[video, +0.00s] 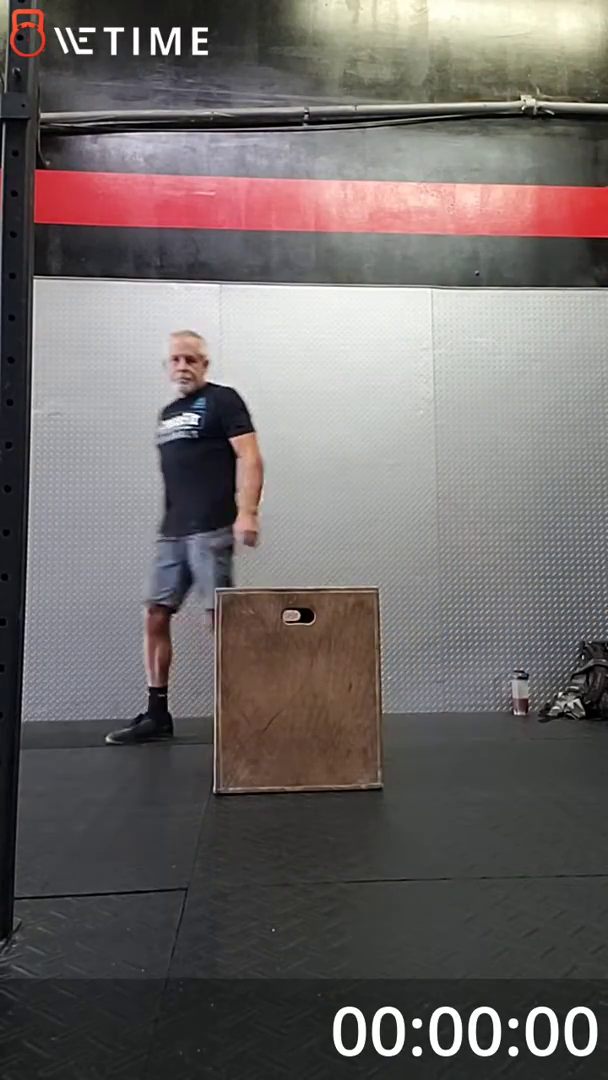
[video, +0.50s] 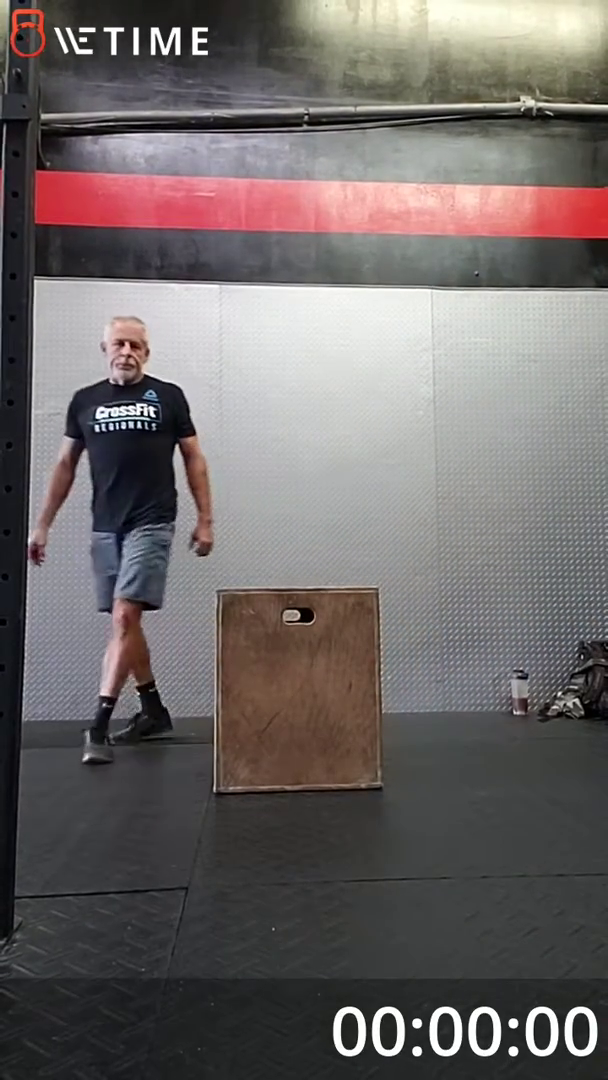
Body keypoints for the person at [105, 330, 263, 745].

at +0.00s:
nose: (182, 367)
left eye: (190, 360)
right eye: (176, 360)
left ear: (205, 363)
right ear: (169, 365)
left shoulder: (224, 399)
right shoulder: (168, 412)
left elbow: (250, 457)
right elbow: (177, 473)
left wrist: (247, 512)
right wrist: (171, 520)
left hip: (213, 529)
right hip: (173, 530)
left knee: (222, 622)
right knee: (155, 616)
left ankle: (244, 720)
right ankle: (157, 715)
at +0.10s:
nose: (170, 364)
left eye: (178, 357)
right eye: (163, 357)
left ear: (193, 360)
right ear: (154, 363)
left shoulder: (213, 398)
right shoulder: (152, 411)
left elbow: (243, 456)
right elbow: (153, 477)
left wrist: (254, 514)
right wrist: (137, 533)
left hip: (198, 526)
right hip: (157, 529)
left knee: (196, 616)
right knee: (149, 617)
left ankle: (253, 674)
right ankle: (156, 715)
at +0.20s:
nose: (155, 359)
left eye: (163, 352)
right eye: (148, 352)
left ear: (176, 357)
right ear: (137, 358)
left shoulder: (199, 396)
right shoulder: (131, 408)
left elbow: (233, 453)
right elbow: (126, 470)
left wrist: (252, 513)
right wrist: (102, 529)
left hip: (184, 520)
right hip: (141, 524)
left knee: (168, 610)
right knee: (141, 619)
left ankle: (229, 677)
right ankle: (156, 716)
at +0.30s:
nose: (143, 356)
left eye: (150, 349)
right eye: (135, 349)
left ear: (163, 355)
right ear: (124, 355)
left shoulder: (186, 395)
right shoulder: (113, 404)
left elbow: (220, 452)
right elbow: (100, 466)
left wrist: (240, 513)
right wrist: (75, 525)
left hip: (174, 516)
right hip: (132, 522)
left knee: (154, 603)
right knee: (136, 616)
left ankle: (178, 697)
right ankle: (152, 713)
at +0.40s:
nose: (133, 354)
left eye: (141, 348)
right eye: (125, 347)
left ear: (153, 354)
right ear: (113, 353)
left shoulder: (176, 395)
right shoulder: (96, 403)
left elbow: (205, 454)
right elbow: (79, 465)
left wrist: (222, 515)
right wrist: (54, 525)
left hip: (164, 517)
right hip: (120, 524)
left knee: (140, 611)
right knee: (133, 619)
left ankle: (128, 720)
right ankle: (156, 712)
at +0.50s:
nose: (127, 352)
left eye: (135, 345)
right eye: (119, 344)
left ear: (146, 352)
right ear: (105, 350)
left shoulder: (168, 397)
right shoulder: (84, 401)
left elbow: (193, 458)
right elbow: (66, 465)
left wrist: (205, 519)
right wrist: (42, 526)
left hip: (152, 521)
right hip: (106, 525)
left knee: (125, 613)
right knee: (123, 619)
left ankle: (98, 726)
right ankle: (153, 709)